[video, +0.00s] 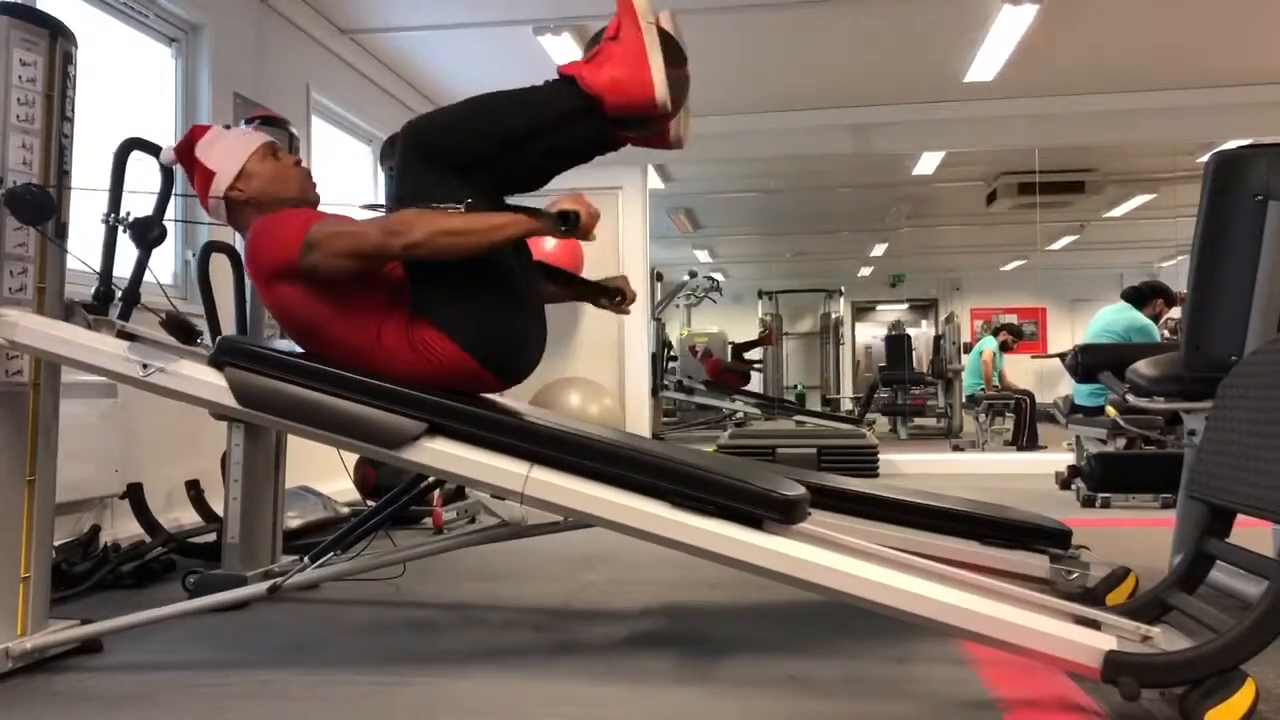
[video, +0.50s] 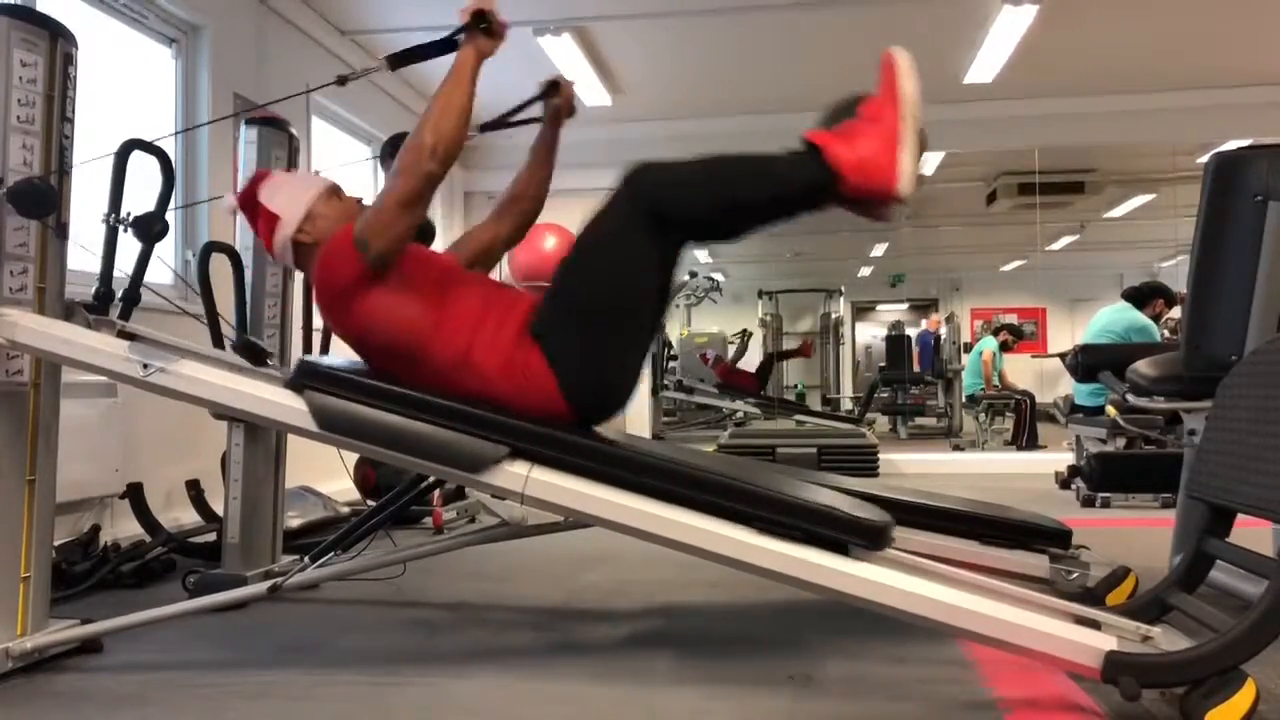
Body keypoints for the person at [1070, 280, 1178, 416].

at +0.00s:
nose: (1163, 317)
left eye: (1166, 313)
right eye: (1165, 311)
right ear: (1158, 304)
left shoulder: (1107, 311)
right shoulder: (1143, 325)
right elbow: (1158, 369)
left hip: (1081, 397)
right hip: (1102, 401)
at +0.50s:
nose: (1162, 317)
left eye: (1165, 313)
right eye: (1165, 312)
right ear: (1158, 304)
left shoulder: (1107, 311)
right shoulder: (1142, 324)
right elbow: (1159, 367)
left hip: (1081, 397)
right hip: (1102, 401)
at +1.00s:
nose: (1163, 316)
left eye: (1166, 313)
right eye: (1166, 311)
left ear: (1139, 298)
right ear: (1159, 305)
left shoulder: (1107, 311)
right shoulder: (1143, 324)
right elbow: (1158, 367)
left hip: (1082, 398)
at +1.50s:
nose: (1164, 314)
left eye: (1167, 310)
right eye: (1166, 309)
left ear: (1140, 298)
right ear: (1160, 306)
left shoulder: (1106, 312)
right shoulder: (1143, 325)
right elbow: (1159, 367)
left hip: (1081, 398)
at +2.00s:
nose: (1162, 310)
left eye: (1163, 307)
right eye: (1163, 306)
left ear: (1135, 295)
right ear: (1158, 305)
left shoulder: (1107, 312)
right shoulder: (1143, 325)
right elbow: (1157, 369)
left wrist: (1159, 330)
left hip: (1081, 398)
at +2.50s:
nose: (1163, 309)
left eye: (1165, 305)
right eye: (1164, 305)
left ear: (1136, 295)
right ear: (1160, 304)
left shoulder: (1108, 311)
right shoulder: (1144, 324)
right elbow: (1158, 368)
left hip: (1081, 398)